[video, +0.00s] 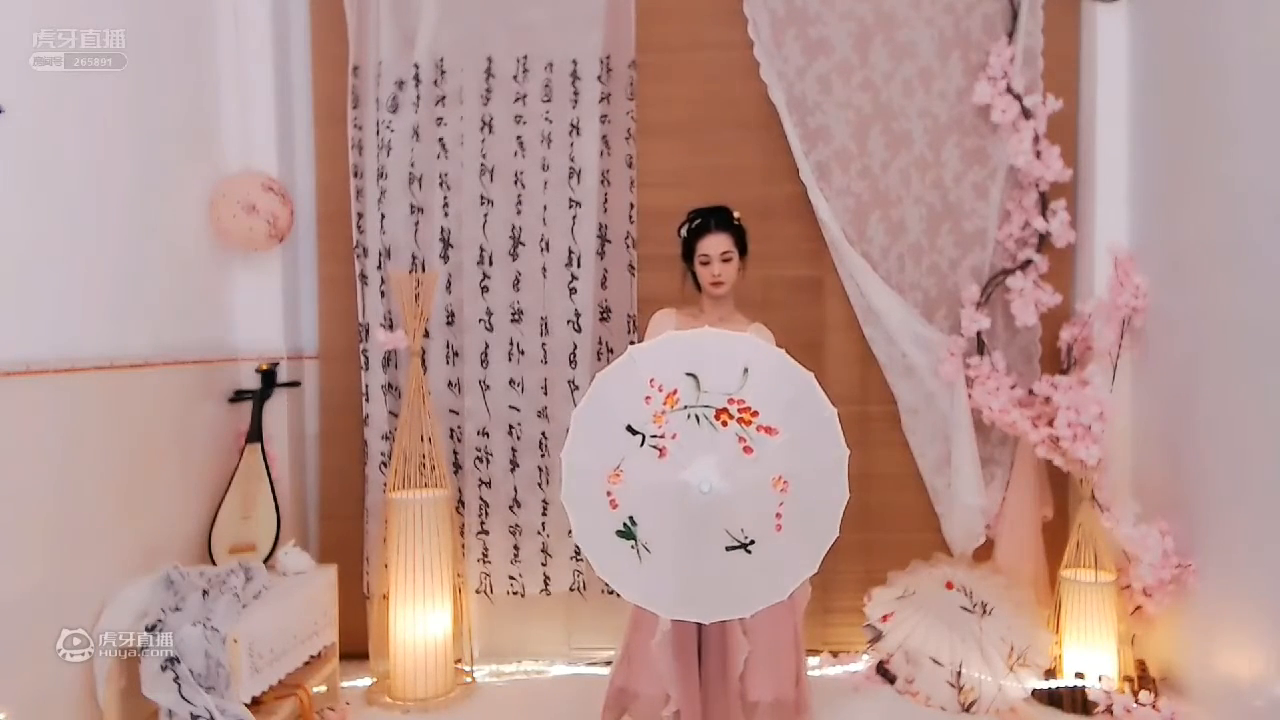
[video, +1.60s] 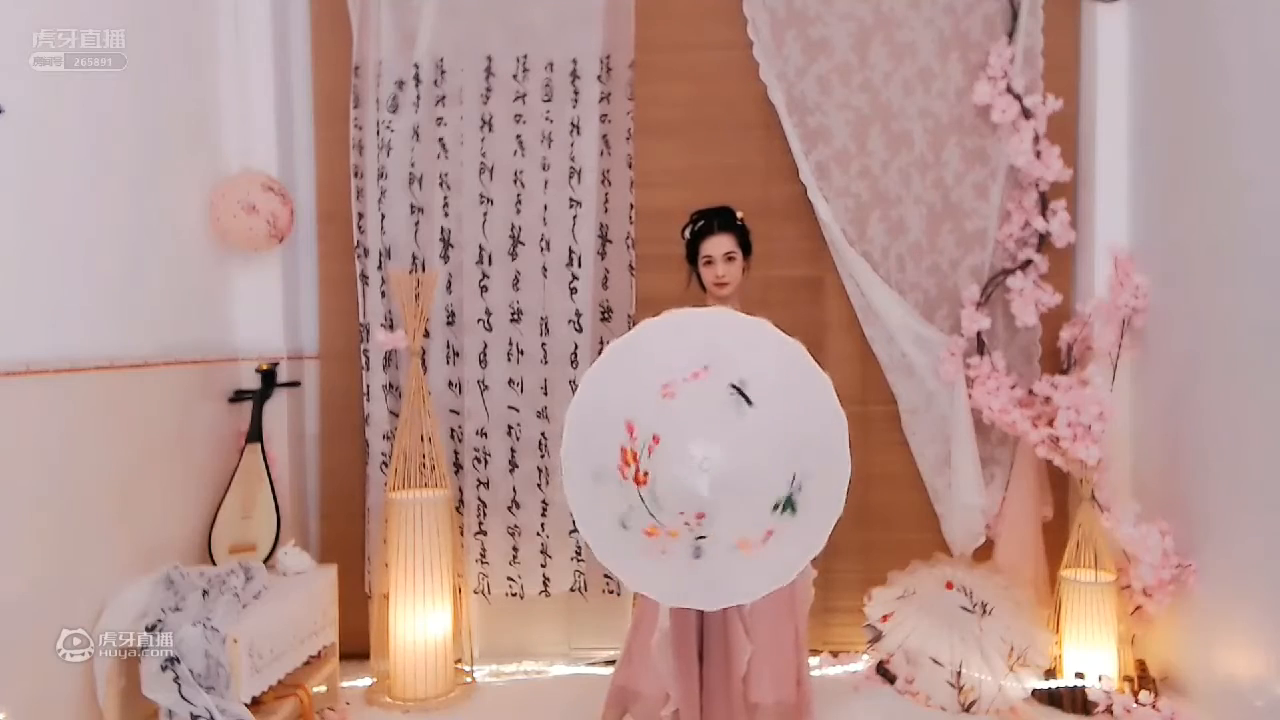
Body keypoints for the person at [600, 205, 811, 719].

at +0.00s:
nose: (716, 270)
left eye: (726, 258)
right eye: (705, 260)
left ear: (741, 262)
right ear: (691, 266)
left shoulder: (759, 335)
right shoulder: (665, 324)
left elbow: (778, 424)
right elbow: (642, 409)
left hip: (740, 489)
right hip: (677, 485)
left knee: (740, 605)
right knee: (676, 604)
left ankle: (738, 709)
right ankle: (677, 709)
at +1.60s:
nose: (719, 271)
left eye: (729, 258)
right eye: (708, 260)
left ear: (745, 263)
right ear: (695, 267)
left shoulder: (764, 340)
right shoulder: (672, 337)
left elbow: (789, 431)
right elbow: (646, 420)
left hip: (752, 493)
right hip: (684, 492)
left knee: (750, 612)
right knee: (683, 613)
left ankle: (749, 710)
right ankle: (679, 711)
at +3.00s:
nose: (716, 272)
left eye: (725, 259)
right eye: (705, 262)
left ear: (742, 264)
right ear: (692, 268)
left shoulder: (760, 341)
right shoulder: (666, 338)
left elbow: (789, 433)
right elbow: (639, 426)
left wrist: (786, 517)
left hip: (745, 500)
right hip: (679, 497)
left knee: (745, 618)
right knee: (677, 617)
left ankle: (744, 712)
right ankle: (674, 712)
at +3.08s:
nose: (716, 273)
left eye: (725, 259)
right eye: (705, 262)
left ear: (742, 264)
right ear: (692, 268)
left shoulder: (761, 342)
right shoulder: (668, 339)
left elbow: (788, 433)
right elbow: (641, 426)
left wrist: (783, 517)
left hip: (745, 499)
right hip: (679, 496)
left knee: (745, 617)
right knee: (677, 616)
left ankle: (744, 712)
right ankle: (675, 712)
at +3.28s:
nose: (715, 273)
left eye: (724, 259)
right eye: (704, 262)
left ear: (742, 263)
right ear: (692, 269)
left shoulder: (760, 342)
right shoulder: (673, 338)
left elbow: (785, 431)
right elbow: (647, 425)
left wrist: (783, 514)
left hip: (747, 495)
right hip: (683, 494)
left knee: (746, 615)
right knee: (679, 614)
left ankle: (745, 711)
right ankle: (675, 712)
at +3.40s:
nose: (715, 273)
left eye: (724, 259)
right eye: (704, 262)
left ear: (741, 263)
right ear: (692, 268)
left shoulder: (761, 341)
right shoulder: (671, 337)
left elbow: (786, 430)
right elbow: (645, 425)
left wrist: (782, 516)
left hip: (747, 496)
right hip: (681, 495)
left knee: (745, 617)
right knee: (678, 615)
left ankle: (744, 712)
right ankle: (676, 712)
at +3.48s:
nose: (715, 273)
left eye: (725, 259)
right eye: (704, 262)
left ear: (742, 263)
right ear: (692, 269)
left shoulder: (762, 341)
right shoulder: (673, 336)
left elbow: (791, 426)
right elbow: (647, 423)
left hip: (749, 496)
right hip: (683, 495)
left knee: (746, 616)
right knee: (679, 615)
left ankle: (745, 712)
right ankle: (676, 712)